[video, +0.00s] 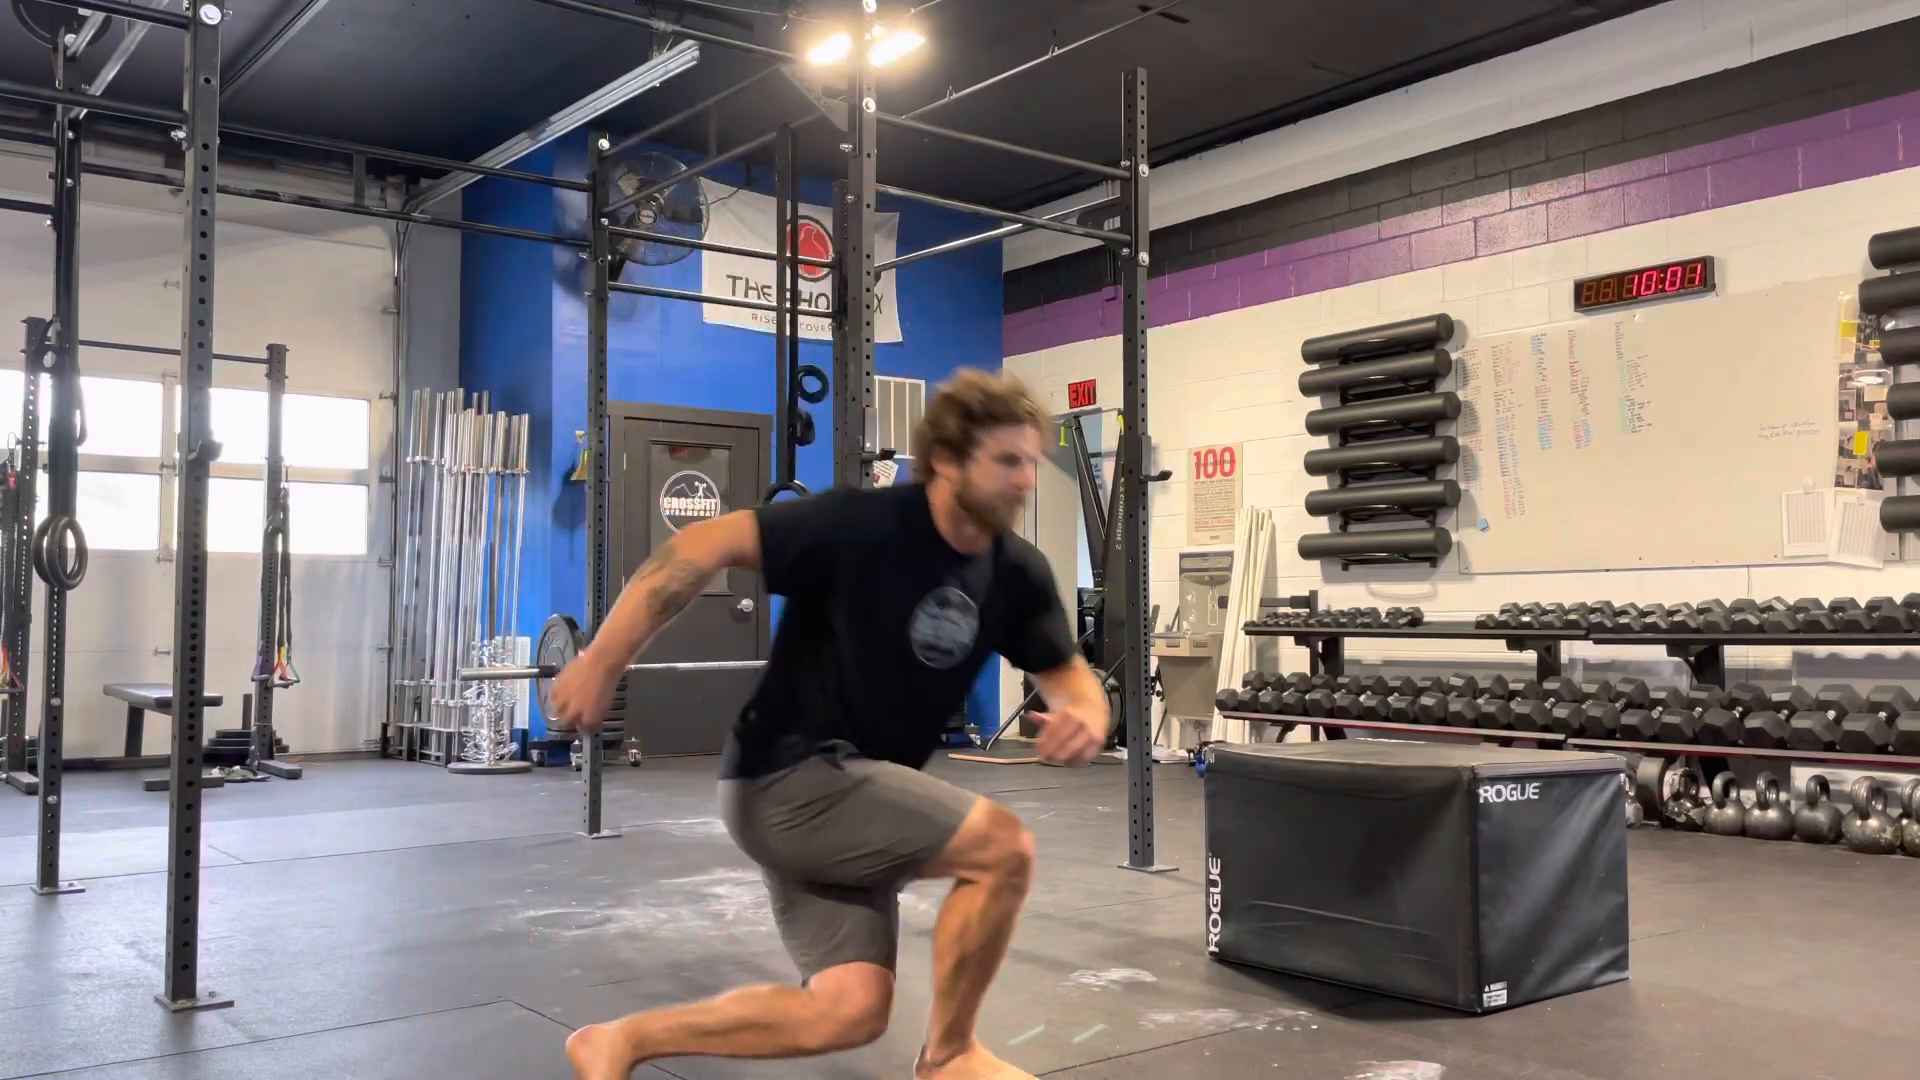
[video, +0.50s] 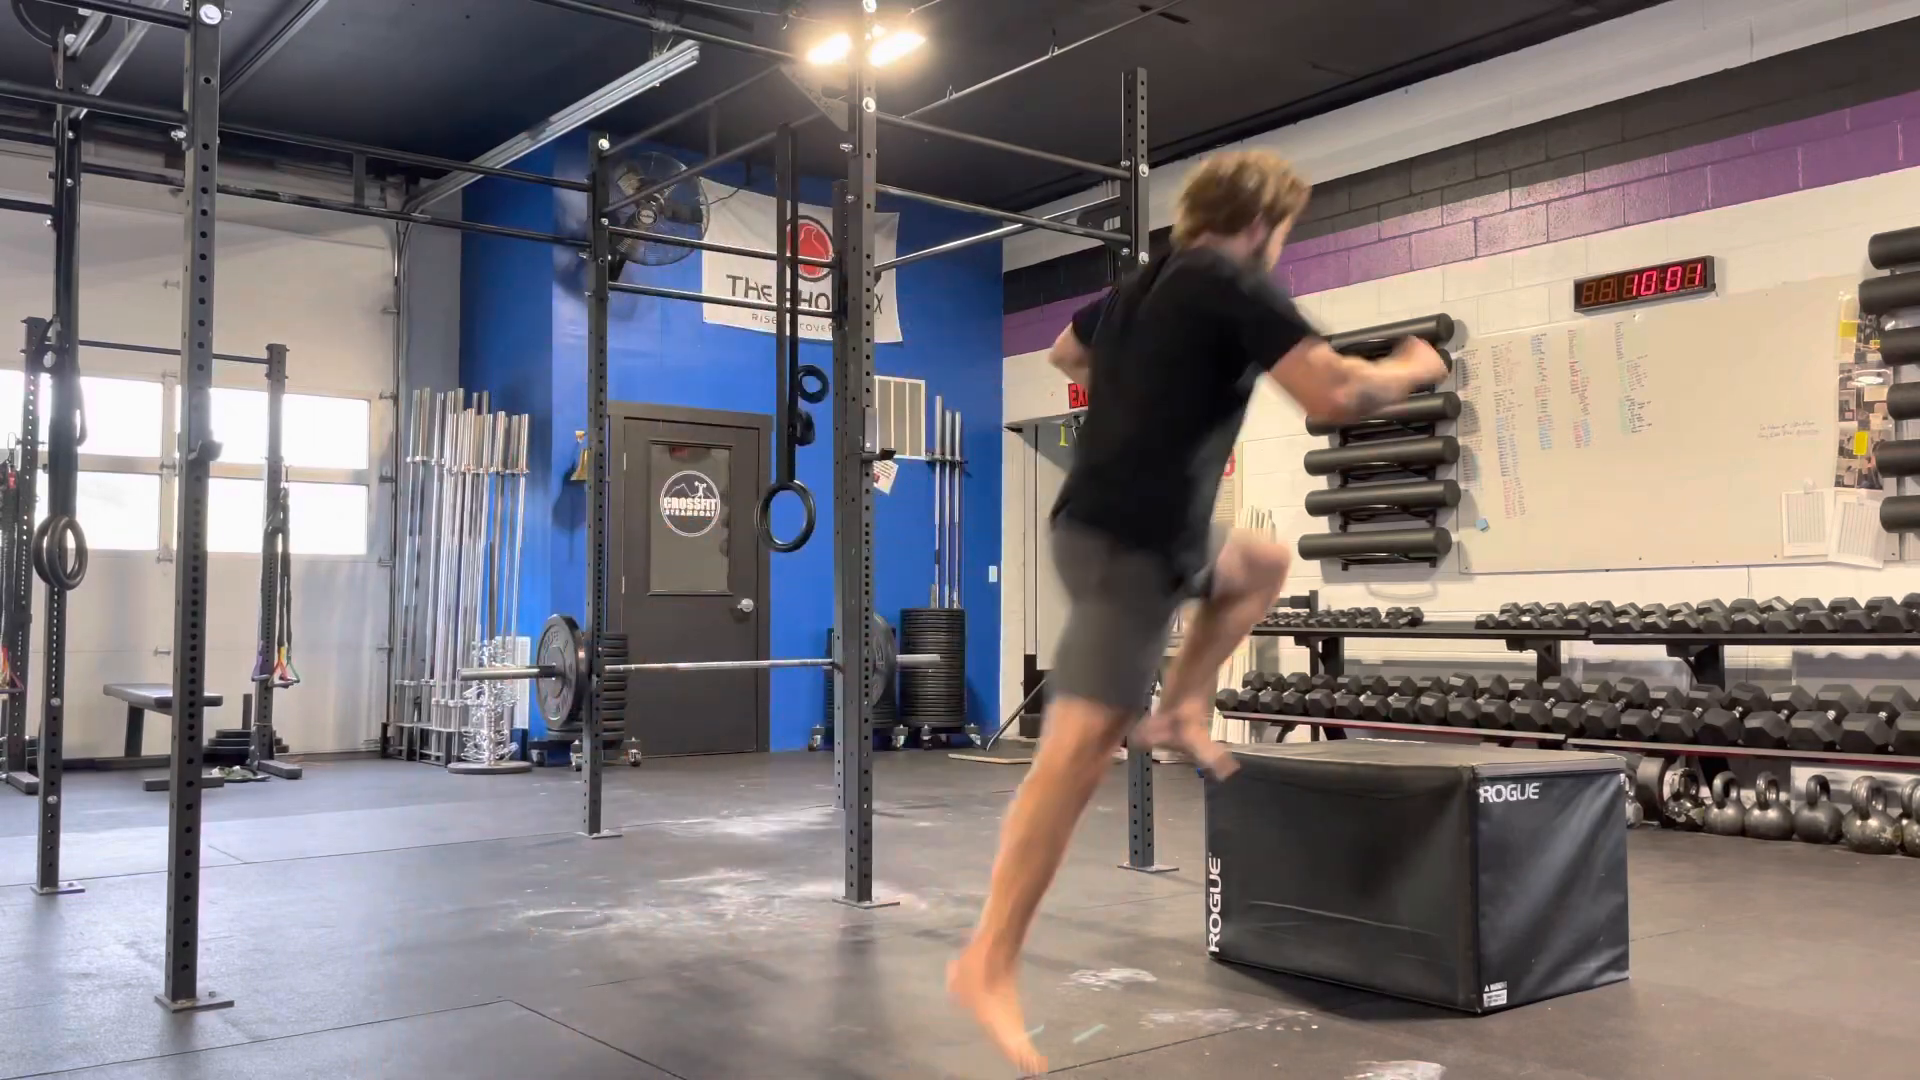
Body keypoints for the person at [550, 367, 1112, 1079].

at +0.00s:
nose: (1028, 481)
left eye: (1034, 464)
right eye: (1010, 462)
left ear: (1039, 466)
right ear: (946, 463)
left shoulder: (1016, 577)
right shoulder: (858, 524)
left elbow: (1069, 678)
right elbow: (701, 545)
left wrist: (1088, 714)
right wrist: (598, 662)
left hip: (853, 792)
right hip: (791, 777)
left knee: (853, 1007)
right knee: (1001, 848)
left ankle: (619, 1040)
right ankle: (948, 1052)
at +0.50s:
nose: (1287, 248)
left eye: (1289, 234)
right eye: (1286, 233)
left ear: (1201, 221)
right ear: (1261, 226)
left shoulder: (1147, 281)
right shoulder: (1239, 287)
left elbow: (1067, 351)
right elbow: (1331, 394)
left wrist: (1139, 398)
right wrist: (1406, 372)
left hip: (1122, 526)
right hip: (1124, 535)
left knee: (1263, 563)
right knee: (1081, 743)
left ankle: (1180, 711)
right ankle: (986, 965)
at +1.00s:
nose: (1469, 238)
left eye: (1468, 231)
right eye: (1468, 230)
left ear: (1384, 227)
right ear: (1455, 225)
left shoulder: (1337, 275)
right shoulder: (1471, 265)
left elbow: (1268, 390)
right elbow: (1501, 399)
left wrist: (1295, 487)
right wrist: (1504, 497)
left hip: (1312, 457)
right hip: (1403, 460)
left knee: (1395, 582)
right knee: (1457, 634)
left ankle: (1412, 738)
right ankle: (1332, 717)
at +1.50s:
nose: (1543, 151)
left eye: (1546, 142)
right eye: (1545, 141)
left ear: (1466, 123)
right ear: (1530, 131)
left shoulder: (1386, 186)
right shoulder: (1531, 188)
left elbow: (1330, 290)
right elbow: (1547, 318)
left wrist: (1321, 392)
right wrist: (1551, 427)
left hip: (1365, 391)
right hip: (1456, 391)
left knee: (1404, 560)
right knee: (1486, 568)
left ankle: (1407, 736)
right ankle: (1455, 740)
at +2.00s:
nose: (1500, 144)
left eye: (1500, 135)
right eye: (1499, 134)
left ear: (1419, 130)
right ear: (1482, 127)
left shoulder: (1365, 199)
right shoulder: (1488, 167)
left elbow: (1331, 323)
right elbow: (1500, 273)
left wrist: (1370, 377)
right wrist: (1520, 387)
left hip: (1352, 389)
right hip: (1438, 384)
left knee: (1398, 553)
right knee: (1502, 548)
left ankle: (1406, 732)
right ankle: (1457, 720)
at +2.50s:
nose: (1444, 202)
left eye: (1440, 192)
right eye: (1440, 192)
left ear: (1358, 202)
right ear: (1427, 190)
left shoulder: (1319, 261)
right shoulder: (1441, 227)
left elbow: (1268, 375)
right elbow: (1492, 351)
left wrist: (1273, 477)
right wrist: (1508, 449)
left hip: (1290, 429)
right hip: (1360, 433)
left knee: (1387, 577)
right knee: (1347, 636)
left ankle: (1402, 731)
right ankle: (1270, 794)